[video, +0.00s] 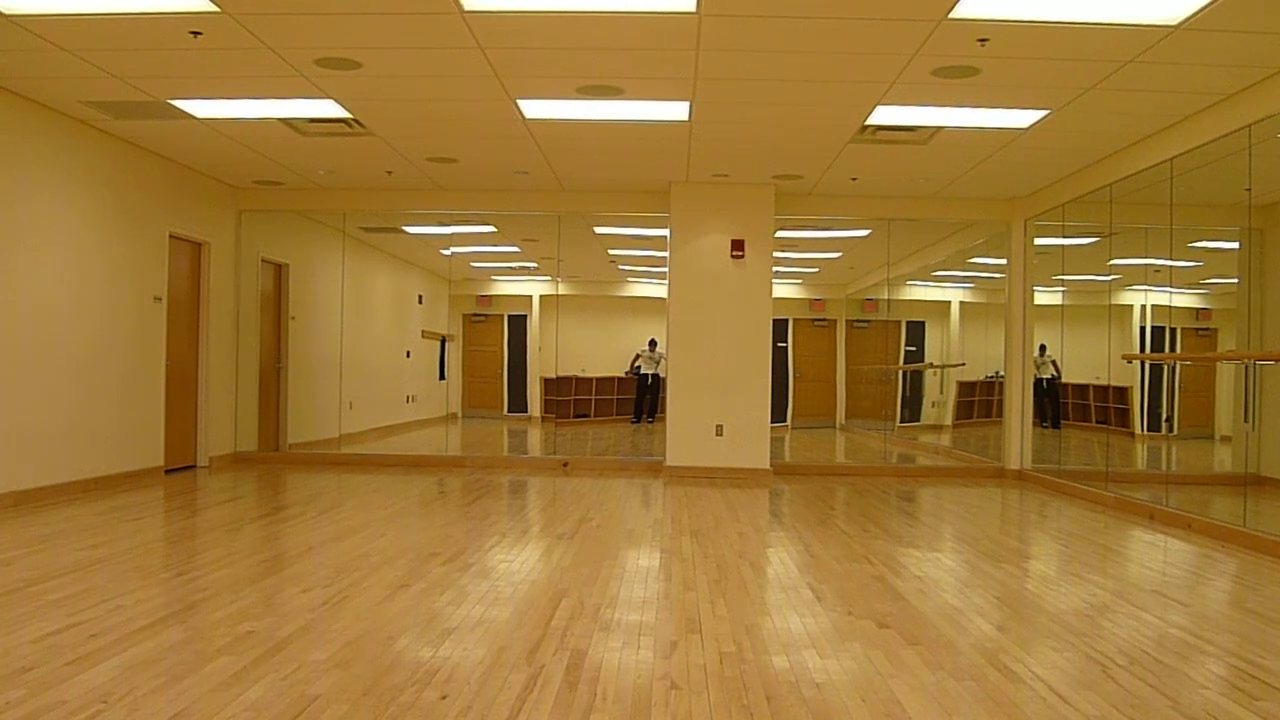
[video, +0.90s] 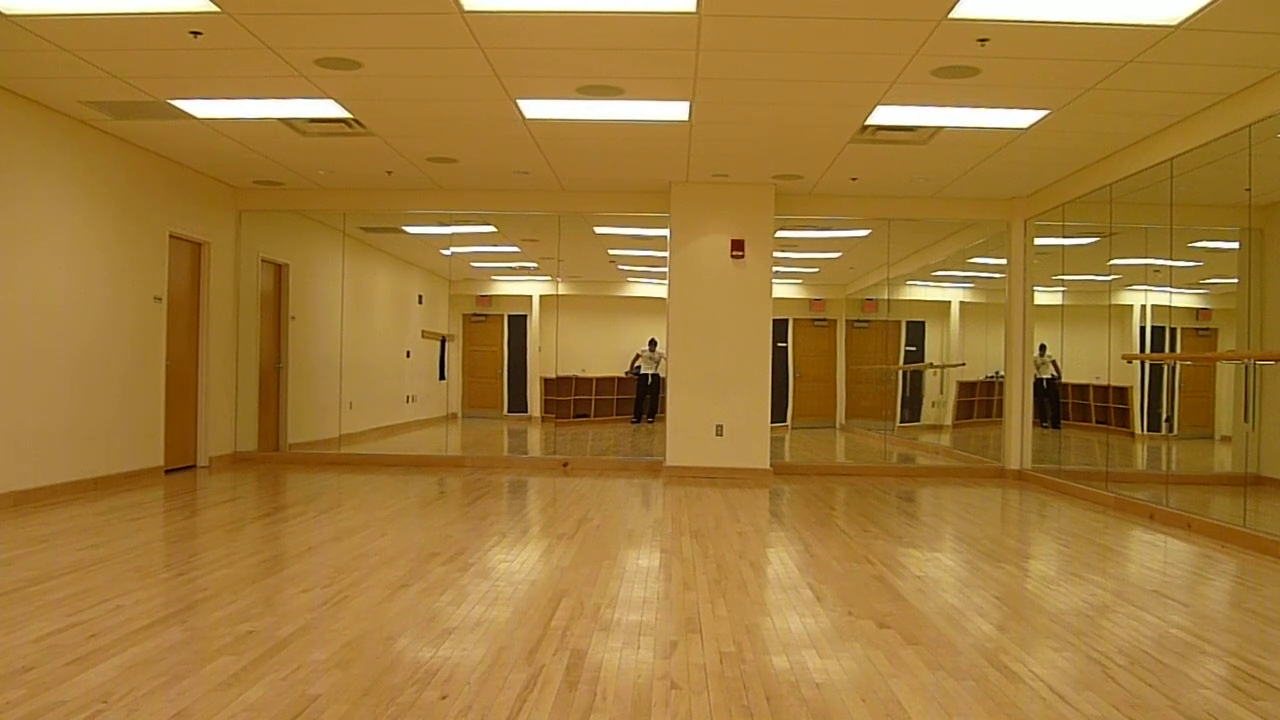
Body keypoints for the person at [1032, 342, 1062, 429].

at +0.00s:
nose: (1042, 353)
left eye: (1043, 351)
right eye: (1041, 350)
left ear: (1046, 351)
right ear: (1039, 351)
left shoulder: (1049, 358)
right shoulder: (1035, 359)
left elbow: (1056, 367)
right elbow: (1033, 369)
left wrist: (1059, 375)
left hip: (1050, 378)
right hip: (1039, 378)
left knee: (1054, 400)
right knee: (1040, 401)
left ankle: (1055, 422)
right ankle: (1043, 421)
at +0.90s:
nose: (1042, 352)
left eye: (1043, 350)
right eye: (1041, 350)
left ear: (1046, 350)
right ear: (1039, 350)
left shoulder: (1049, 357)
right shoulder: (1035, 359)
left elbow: (1056, 367)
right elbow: (1034, 368)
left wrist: (1059, 375)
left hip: (1050, 378)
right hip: (1039, 378)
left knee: (1054, 400)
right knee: (1040, 401)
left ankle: (1055, 421)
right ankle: (1043, 421)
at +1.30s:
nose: (1042, 353)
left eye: (1044, 351)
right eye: (1041, 351)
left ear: (1046, 351)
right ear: (1039, 350)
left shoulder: (1050, 357)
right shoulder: (1035, 359)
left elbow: (1056, 367)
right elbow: (1033, 368)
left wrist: (1059, 375)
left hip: (1050, 378)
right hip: (1039, 378)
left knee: (1054, 400)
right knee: (1041, 401)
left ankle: (1055, 421)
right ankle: (1043, 421)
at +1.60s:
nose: (1043, 353)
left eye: (1044, 351)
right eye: (1042, 350)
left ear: (1047, 351)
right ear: (1039, 350)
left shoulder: (1050, 358)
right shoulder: (1035, 359)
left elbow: (1057, 367)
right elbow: (1033, 369)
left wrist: (1059, 376)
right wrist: (1033, 377)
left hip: (1050, 378)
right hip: (1039, 378)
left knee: (1054, 400)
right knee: (1041, 401)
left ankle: (1055, 422)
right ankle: (1043, 421)